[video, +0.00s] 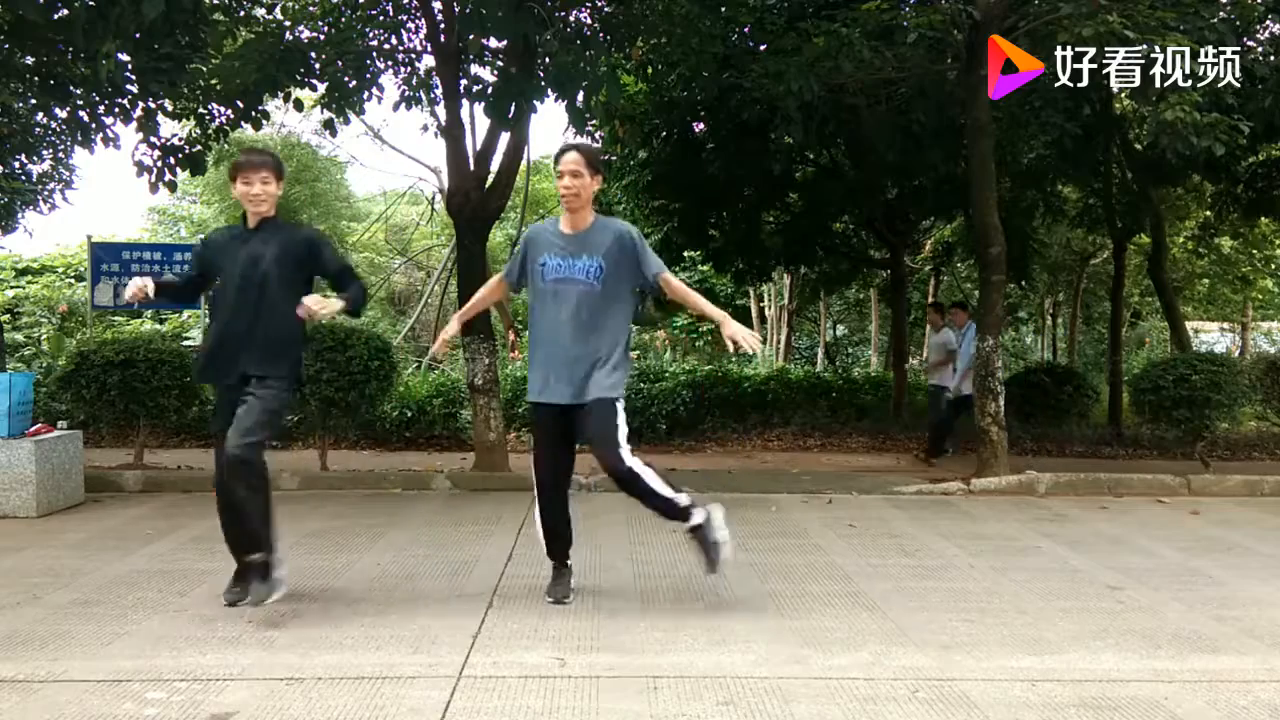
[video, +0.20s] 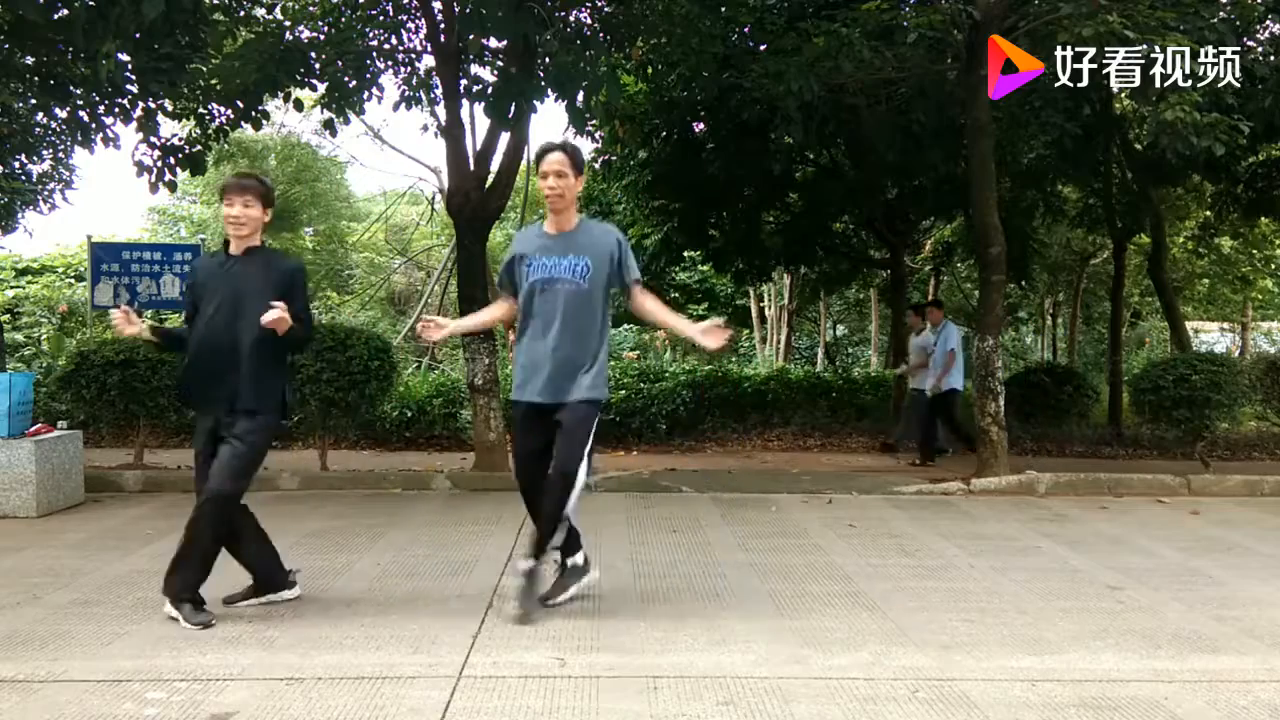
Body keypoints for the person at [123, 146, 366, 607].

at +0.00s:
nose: (257, 190)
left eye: (266, 181)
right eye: (248, 182)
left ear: (280, 186)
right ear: (235, 189)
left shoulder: (304, 241)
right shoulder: (219, 243)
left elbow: (355, 289)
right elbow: (189, 287)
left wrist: (336, 302)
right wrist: (152, 287)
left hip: (274, 372)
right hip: (227, 372)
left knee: (241, 450)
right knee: (225, 467)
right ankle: (245, 565)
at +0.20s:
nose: (236, 212)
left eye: (247, 205)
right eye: (229, 204)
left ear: (265, 214)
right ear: (221, 211)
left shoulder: (285, 270)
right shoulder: (204, 269)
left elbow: (304, 337)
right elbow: (191, 339)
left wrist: (290, 325)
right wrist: (146, 329)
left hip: (259, 404)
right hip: (210, 402)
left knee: (220, 492)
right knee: (213, 497)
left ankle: (182, 591)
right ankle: (273, 578)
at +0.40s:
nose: (214, 185)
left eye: (225, 178)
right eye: (211, 178)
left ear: (252, 186)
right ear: (207, 184)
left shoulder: (274, 234)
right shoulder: (196, 232)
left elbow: (346, 254)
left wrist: (319, 295)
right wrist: (113, 271)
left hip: (247, 369)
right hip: (203, 370)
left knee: (222, 472)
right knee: (218, 472)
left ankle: (252, 582)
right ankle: (242, 578)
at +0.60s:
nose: (207, 183)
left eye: (218, 175)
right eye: (202, 176)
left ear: (244, 182)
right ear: (198, 184)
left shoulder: (266, 233)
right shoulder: (189, 236)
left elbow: (339, 269)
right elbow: (148, 262)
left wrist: (305, 294)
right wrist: (119, 270)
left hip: (248, 373)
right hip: (203, 376)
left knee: (225, 469)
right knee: (205, 475)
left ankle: (234, 584)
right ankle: (243, 564)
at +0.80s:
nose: (217, 208)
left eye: (227, 199)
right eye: (209, 200)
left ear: (246, 206)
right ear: (200, 207)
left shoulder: (268, 261)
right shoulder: (184, 263)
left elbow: (285, 334)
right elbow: (173, 329)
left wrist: (269, 316)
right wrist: (132, 317)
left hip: (247, 397)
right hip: (195, 397)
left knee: (211, 485)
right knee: (218, 490)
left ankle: (186, 585)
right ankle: (270, 577)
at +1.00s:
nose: (216, 191)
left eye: (226, 182)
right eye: (207, 183)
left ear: (243, 189)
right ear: (197, 190)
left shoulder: (262, 237)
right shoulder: (181, 236)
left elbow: (330, 247)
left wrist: (311, 295)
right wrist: (102, 279)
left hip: (242, 370)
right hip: (195, 372)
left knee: (214, 472)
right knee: (200, 472)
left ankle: (249, 577)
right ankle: (222, 578)